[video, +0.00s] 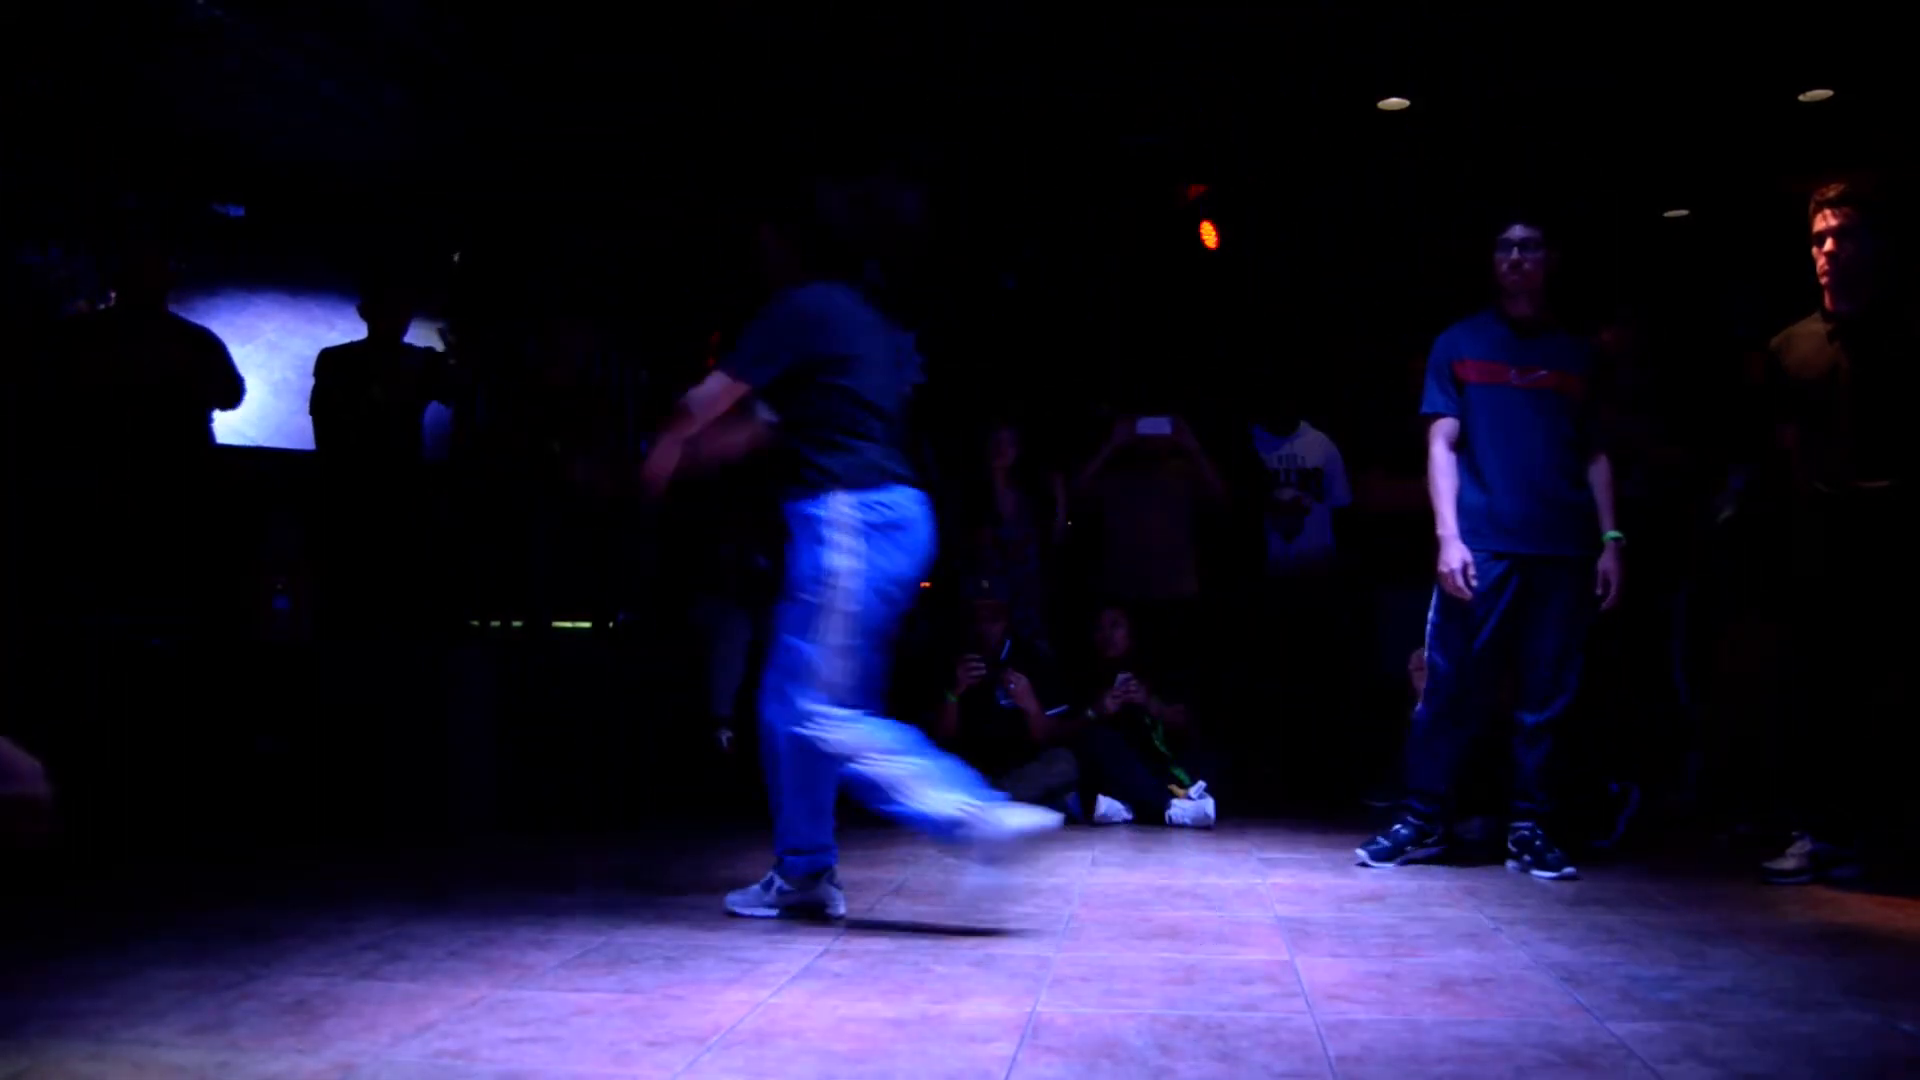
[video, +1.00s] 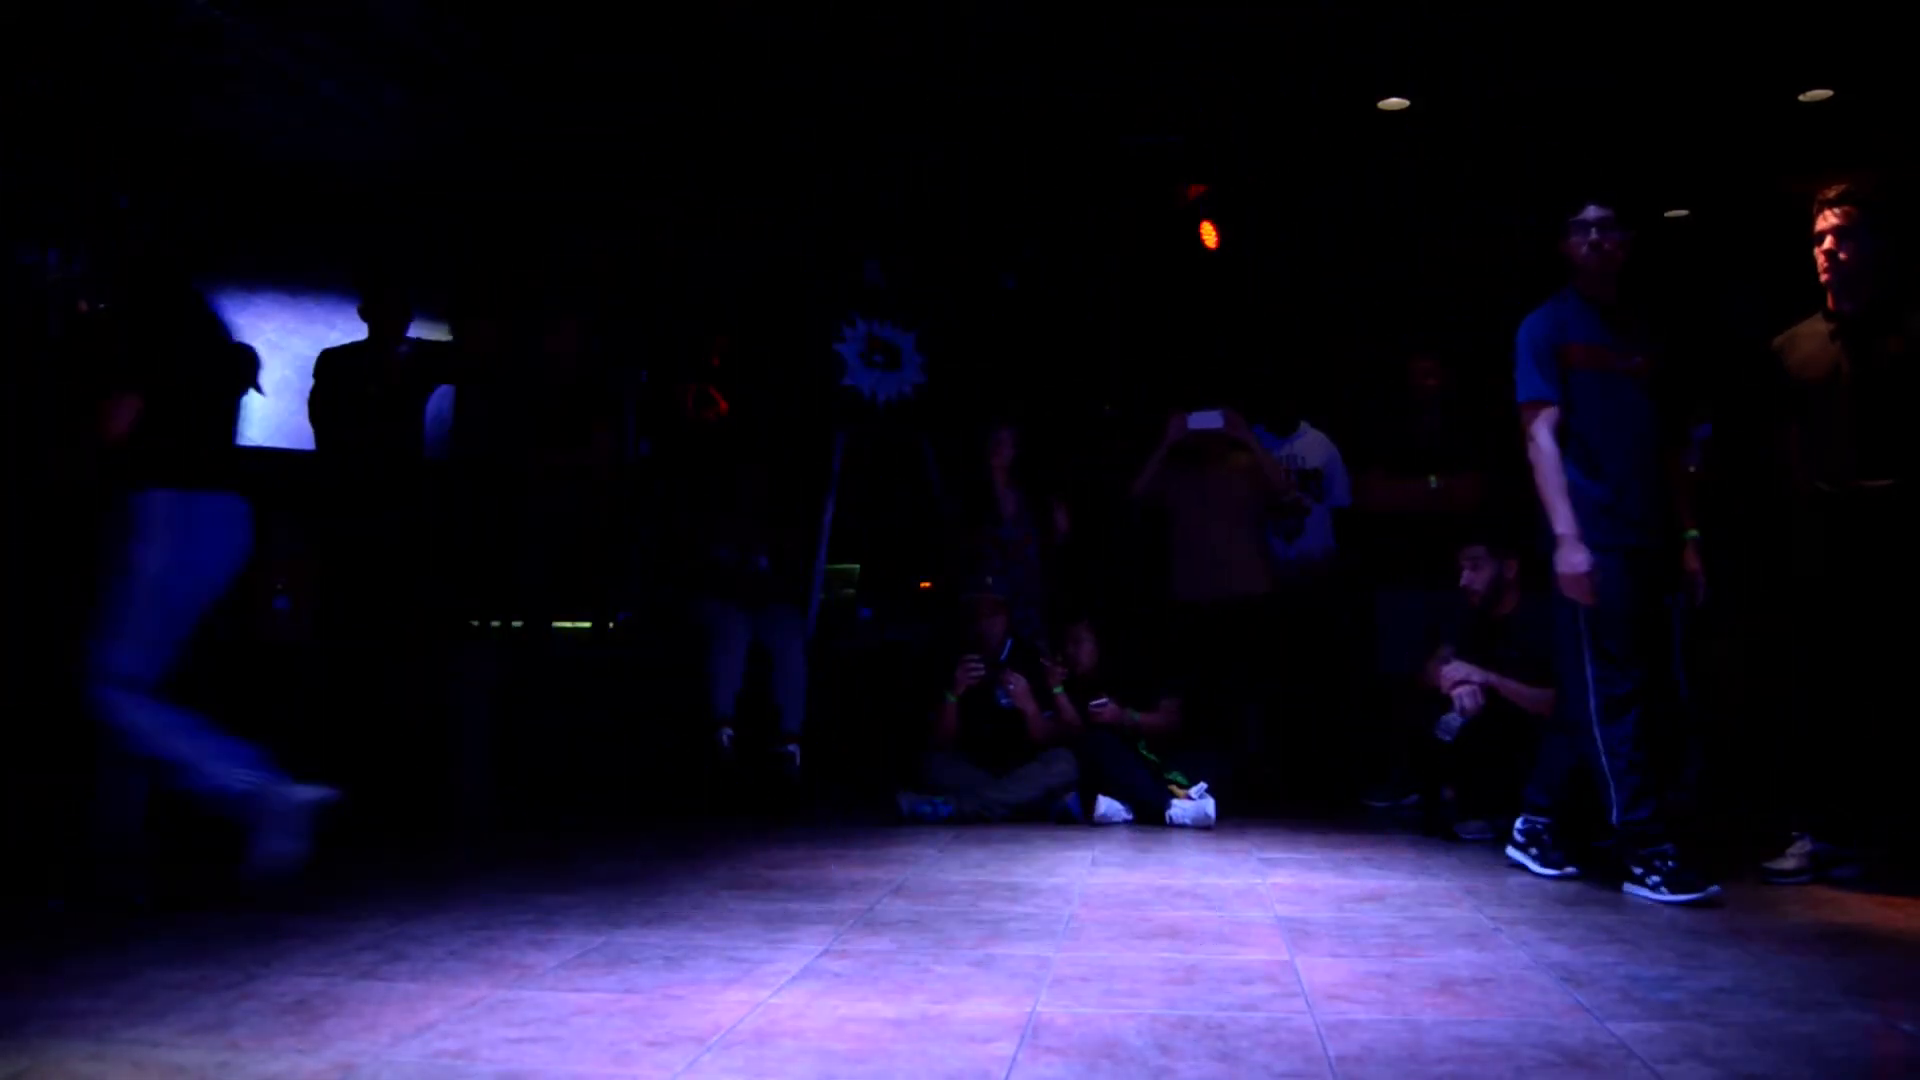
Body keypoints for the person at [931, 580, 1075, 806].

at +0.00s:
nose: (987, 629)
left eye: (994, 621)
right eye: (980, 621)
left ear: (1006, 623)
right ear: (969, 624)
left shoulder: (1027, 659)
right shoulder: (955, 662)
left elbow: (1047, 735)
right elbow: (942, 737)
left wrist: (1030, 705)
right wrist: (955, 693)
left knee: (1063, 764)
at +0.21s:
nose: (987, 629)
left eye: (995, 621)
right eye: (980, 621)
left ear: (1007, 622)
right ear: (968, 624)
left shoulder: (1028, 659)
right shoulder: (953, 660)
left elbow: (1048, 736)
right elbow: (940, 741)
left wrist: (1029, 703)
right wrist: (955, 693)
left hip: (1021, 755)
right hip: (969, 755)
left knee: (1063, 764)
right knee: (934, 766)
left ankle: (957, 806)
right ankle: (1038, 805)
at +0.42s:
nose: (988, 629)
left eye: (996, 620)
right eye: (981, 621)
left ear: (1007, 623)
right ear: (969, 624)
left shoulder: (1027, 660)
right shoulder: (954, 661)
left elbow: (1046, 735)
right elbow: (940, 740)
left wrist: (1027, 703)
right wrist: (955, 693)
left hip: (1020, 754)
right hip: (969, 755)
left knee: (1063, 764)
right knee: (934, 766)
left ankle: (957, 806)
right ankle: (1038, 805)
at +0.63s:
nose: (987, 628)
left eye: (994, 619)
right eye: (979, 620)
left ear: (1007, 622)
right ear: (969, 625)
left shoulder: (1029, 660)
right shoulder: (956, 661)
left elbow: (1045, 736)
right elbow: (941, 739)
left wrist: (1028, 703)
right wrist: (956, 693)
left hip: (1021, 754)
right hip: (970, 755)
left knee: (1062, 765)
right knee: (934, 767)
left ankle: (956, 807)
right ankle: (1038, 805)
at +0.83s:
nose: (986, 628)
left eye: (993, 619)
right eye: (979, 620)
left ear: (1007, 621)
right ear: (969, 624)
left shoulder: (1029, 660)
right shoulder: (956, 660)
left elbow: (1044, 736)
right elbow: (941, 740)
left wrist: (1028, 703)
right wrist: (956, 693)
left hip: (1021, 754)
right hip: (971, 755)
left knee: (1062, 764)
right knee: (934, 766)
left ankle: (957, 807)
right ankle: (1038, 805)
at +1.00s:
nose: (987, 628)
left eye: (994, 619)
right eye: (980, 620)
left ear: (1007, 622)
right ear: (970, 624)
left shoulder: (1027, 660)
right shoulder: (956, 660)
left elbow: (1045, 738)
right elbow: (941, 741)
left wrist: (1027, 704)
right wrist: (955, 693)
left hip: (1021, 755)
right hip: (970, 756)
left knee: (1063, 764)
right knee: (934, 766)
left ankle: (957, 806)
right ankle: (1039, 805)